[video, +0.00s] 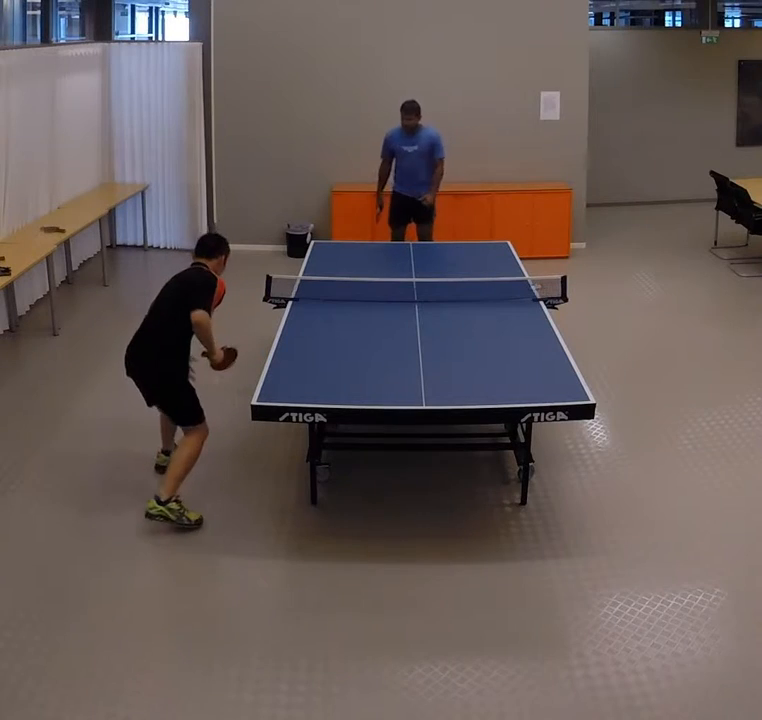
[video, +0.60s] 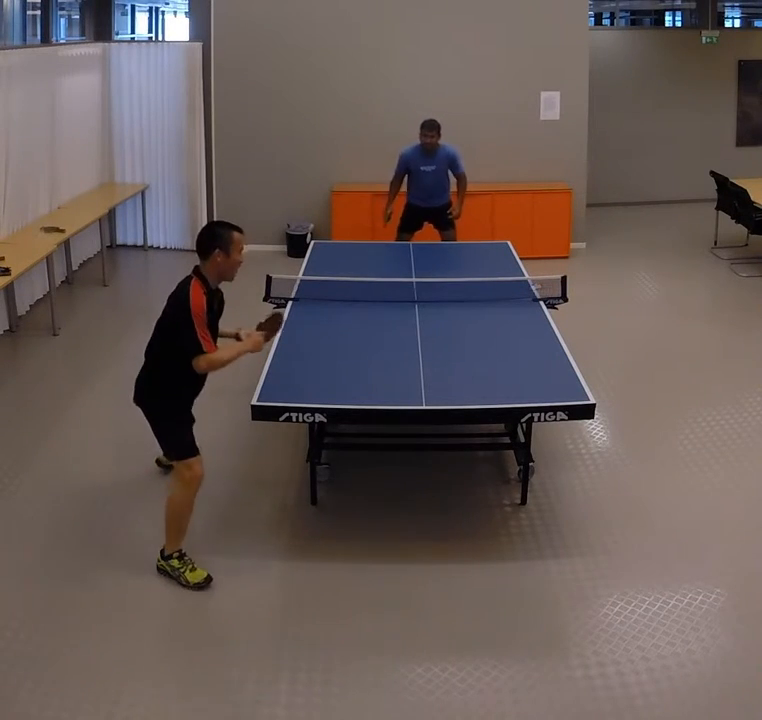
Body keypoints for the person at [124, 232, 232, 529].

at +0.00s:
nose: (225, 267)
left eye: (225, 262)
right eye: (225, 262)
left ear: (195, 256)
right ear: (221, 259)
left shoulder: (181, 277)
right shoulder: (207, 280)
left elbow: (168, 319)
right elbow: (199, 317)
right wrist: (213, 353)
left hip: (138, 357)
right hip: (162, 364)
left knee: (169, 403)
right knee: (197, 431)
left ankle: (166, 452)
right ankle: (165, 500)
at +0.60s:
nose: (242, 260)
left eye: (242, 254)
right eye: (238, 254)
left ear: (217, 256)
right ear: (217, 257)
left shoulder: (211, 291)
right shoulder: (191, 299)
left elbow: (204, 330)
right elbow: (204, 362)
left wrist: (236, 334)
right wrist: (246, 346)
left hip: (178, 384)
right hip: (160, 395)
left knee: (182, 419)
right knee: (190, 471)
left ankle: (169, 456)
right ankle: (170, 555)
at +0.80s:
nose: (255, 259)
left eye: (256, 252)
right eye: (252, 252)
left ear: (226, 252)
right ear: (231, 255)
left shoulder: (214, 281)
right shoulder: (203, 297)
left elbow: (236, 301)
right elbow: (235, 358)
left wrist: (273, 286)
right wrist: (285, 328)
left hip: (190, 391)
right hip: (167, 399)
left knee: (197, 451)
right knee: (185, 480)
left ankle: (165, 495)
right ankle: (170, 555)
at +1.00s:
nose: (286, 261)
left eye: (286, 253)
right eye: (280, 253)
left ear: (253, 257)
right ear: (254, 256)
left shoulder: (231, 285)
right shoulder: (236, 301)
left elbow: (202, 293)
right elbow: (250, 368)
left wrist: (198, 290)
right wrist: (301, 377)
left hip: (220, 406)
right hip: (193, 409)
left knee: (245, 470)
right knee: (189, 490)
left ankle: (243, 551)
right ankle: (170, 555)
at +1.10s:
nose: (304, 269)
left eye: (304, 261)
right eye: (298, 261)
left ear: (272, 263)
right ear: (272, 263)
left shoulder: (240, 294)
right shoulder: (257, 310)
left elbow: (200, 311)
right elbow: (262, 381)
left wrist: (168, 318)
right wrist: (313, 396)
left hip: (240, 417)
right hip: (217, 419)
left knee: (265, 487)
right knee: (199, 494)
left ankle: (293, 569)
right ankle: (171, 556)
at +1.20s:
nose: (329, 276)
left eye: (329, 268)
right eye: (324, 268)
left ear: (299, 269)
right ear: (300, 269)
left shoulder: (262, 303)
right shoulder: (285, 320)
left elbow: (216, 334)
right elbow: (276, 393)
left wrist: (173, 354)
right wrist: (338, 410)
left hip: (270, 428)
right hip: (243, 432)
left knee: (293, 494)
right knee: (225, 511)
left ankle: (312, 581)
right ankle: (174, 551)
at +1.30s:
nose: (351, 278)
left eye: (349, 270)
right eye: (348, 271)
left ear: (313, 273)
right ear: (335, 274)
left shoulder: (285, 310)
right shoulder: (315, 327)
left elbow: (241, 351)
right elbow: (301, 400)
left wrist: (203, 378)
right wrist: (354, 412)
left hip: (278, 433)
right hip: (279, 443)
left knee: (324, 497)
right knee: (275, 533)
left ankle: (318, 583)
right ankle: (202, 551)